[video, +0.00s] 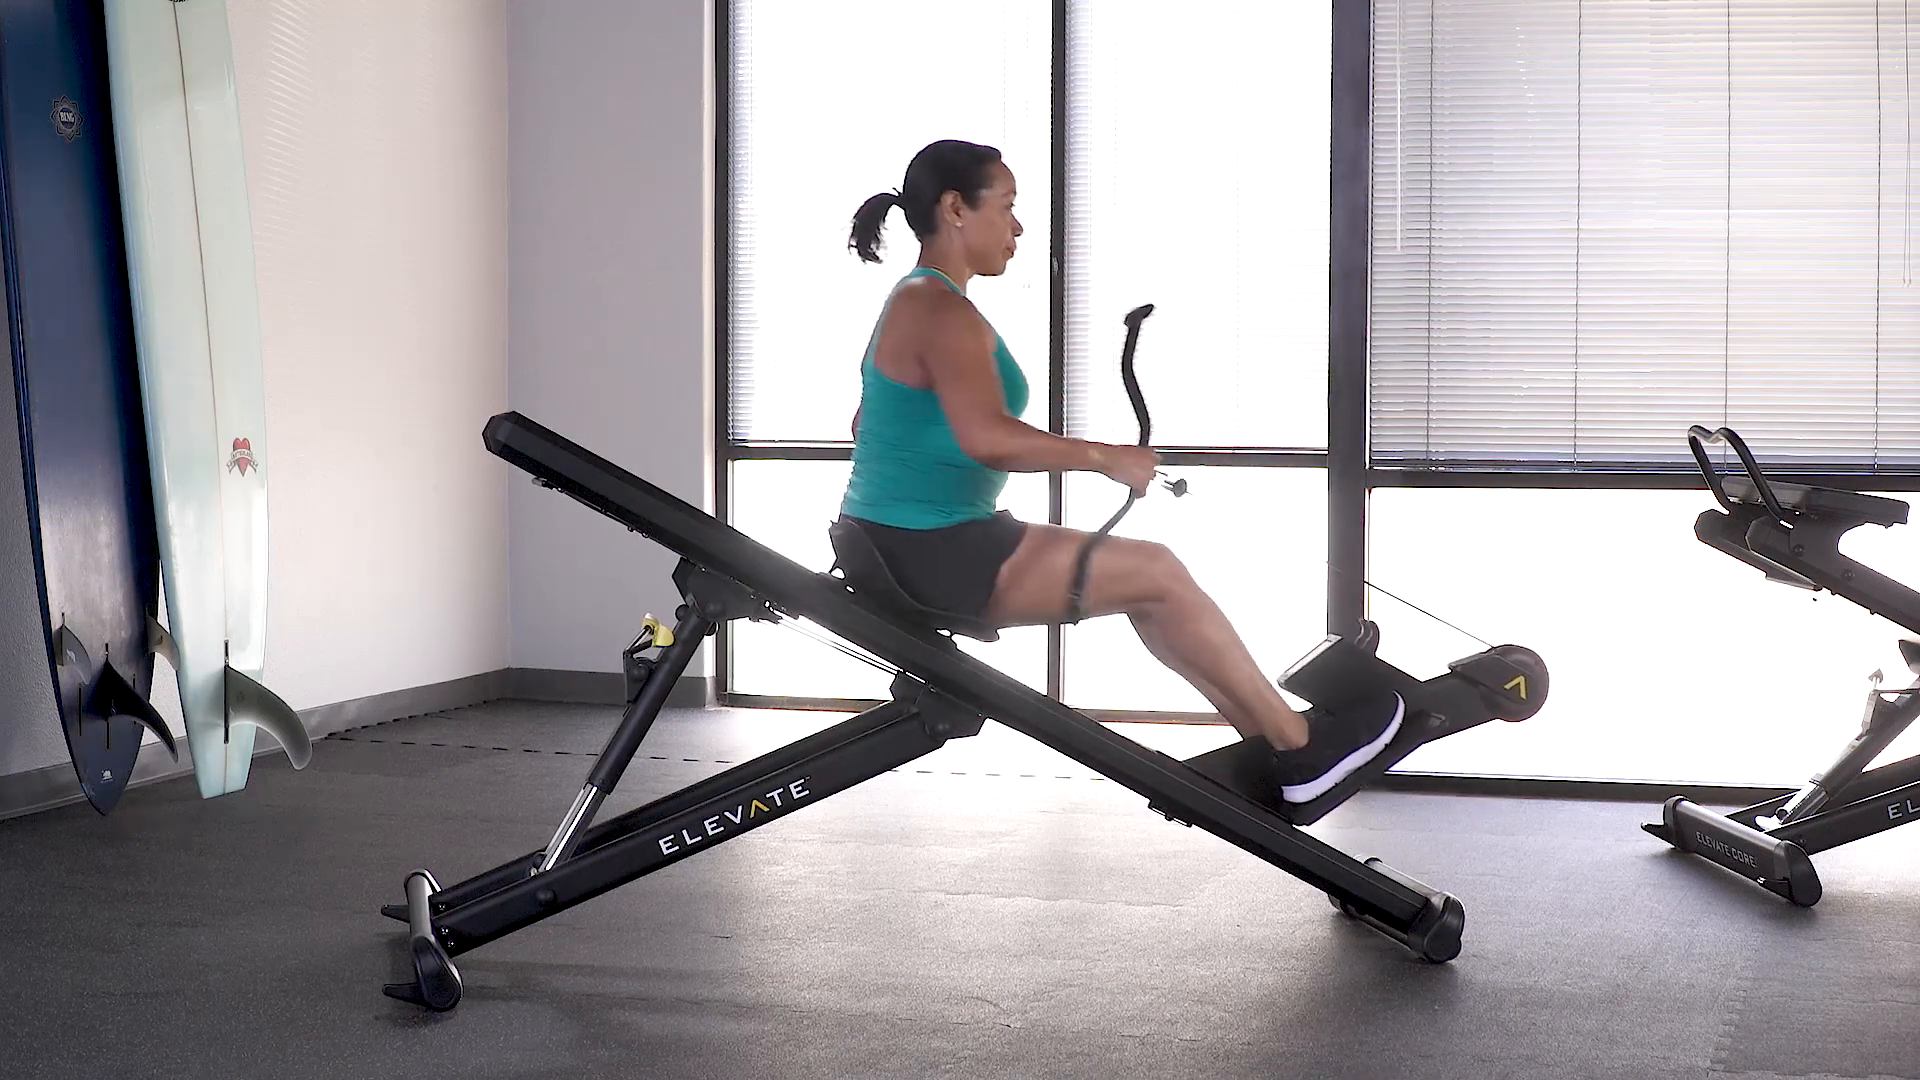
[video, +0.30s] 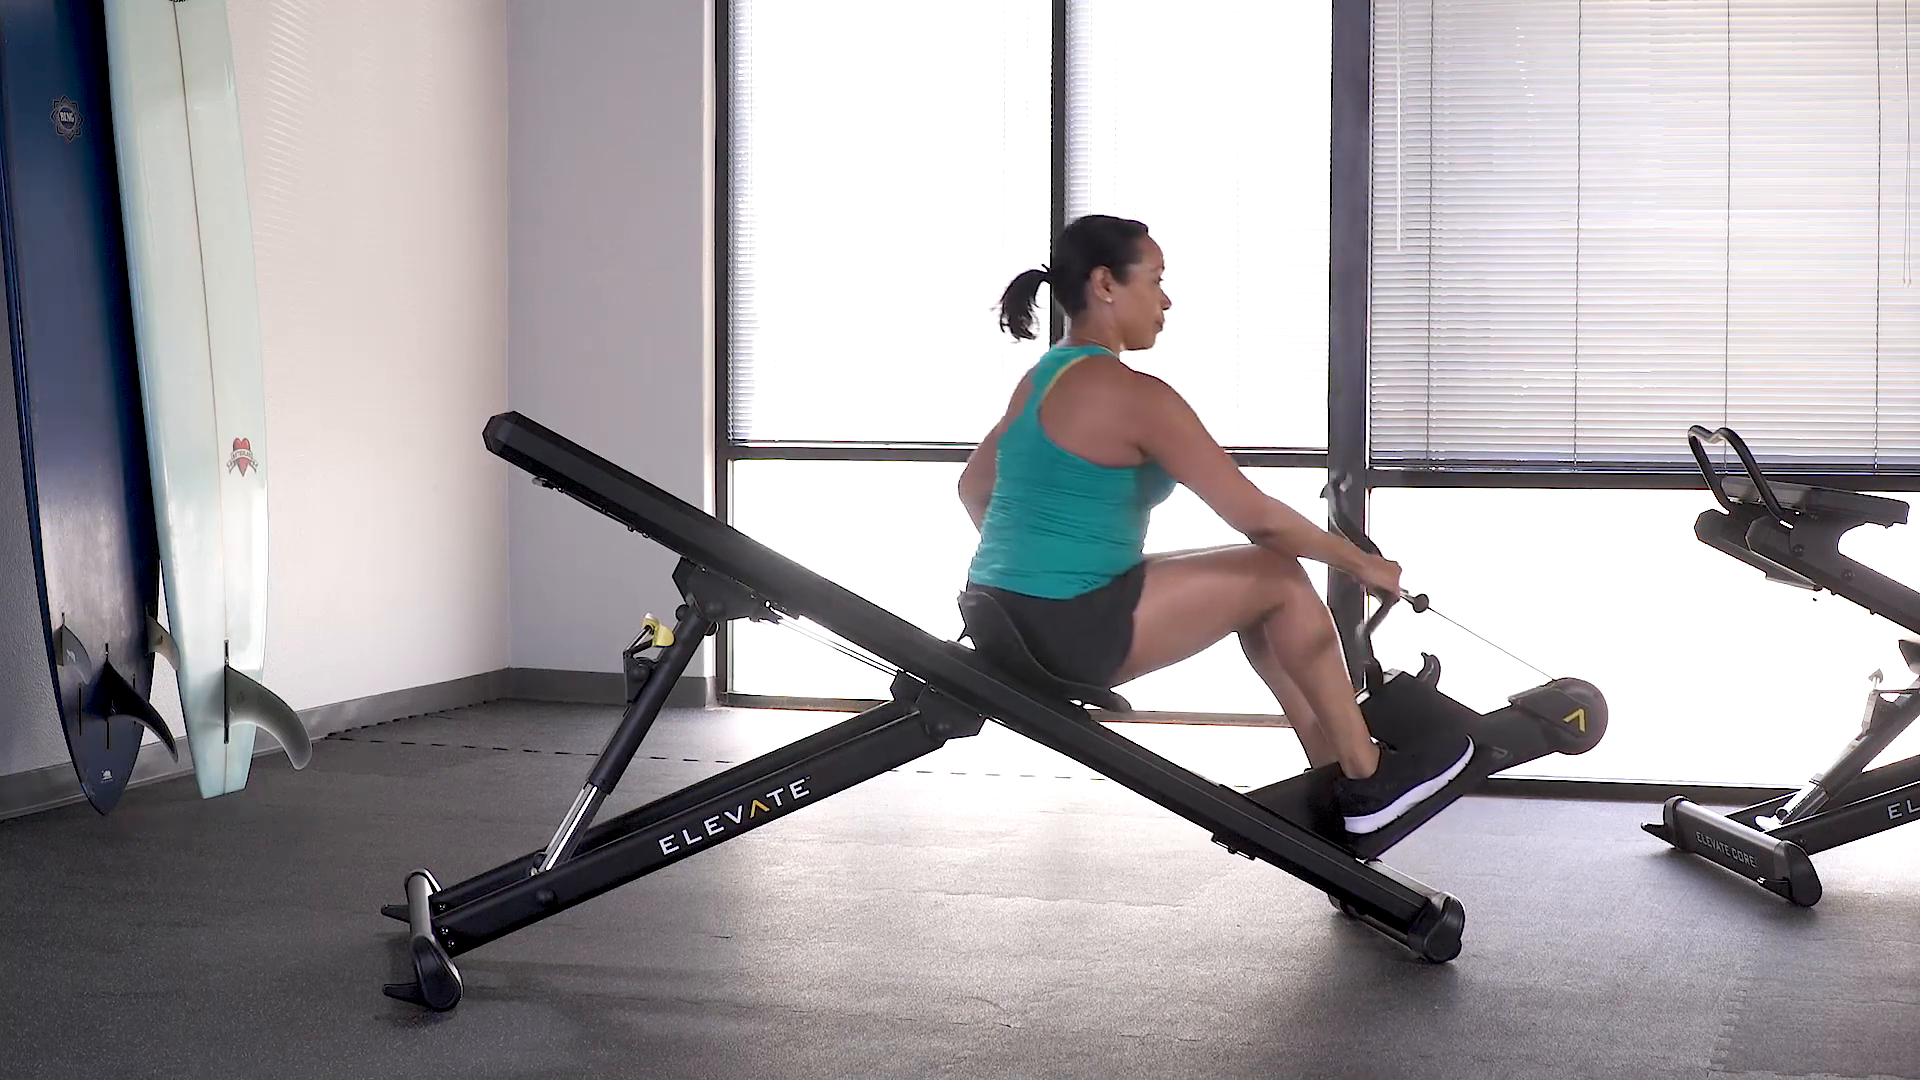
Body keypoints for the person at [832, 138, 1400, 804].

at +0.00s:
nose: (1018, 223)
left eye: (1014, 205)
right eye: (1007, 205)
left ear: (953, 213)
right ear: (954, 210)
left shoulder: (915, 303)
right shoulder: (942, 311)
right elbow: (984, 435)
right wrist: (1102, 458)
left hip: (901, 542)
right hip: (922, 549)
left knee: (1145, 581)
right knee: (1156, 571)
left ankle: (1269, 732)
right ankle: (1297, 744)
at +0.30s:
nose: (1167, 299)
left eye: (1163, 281)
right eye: (1156, 281)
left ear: (1097, 288)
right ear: (1104, 286)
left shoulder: (1040, 380)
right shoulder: (1140, 398)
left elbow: (974, 486)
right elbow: (1258, 520)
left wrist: (1028, 562)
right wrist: (1360, 561)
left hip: (997, 612)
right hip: (1071, 625)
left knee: (1252, 571)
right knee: (1281, 578)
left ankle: (1326, 757)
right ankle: (1367, 772)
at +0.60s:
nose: (1259, 343)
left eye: (1255, 326)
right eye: (1247, 326)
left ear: (1190, 338)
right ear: (1198, 335)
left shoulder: (1122, 424)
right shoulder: (1254, 446)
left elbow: (1043, 520)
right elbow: (1380, 549)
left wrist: (1086, 594)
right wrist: (1480, 620)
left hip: (1069, 647)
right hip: (1140, 665)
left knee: (1316, 574)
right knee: (1345, 583)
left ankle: (1361, 771)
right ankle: (1400, 792)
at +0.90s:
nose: (1218, 317)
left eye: (1211, 299)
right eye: (1205, 301)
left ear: (1149, 318)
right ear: (1155, 315)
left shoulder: (1088, 404)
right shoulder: (1213, 428)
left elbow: (1017, 504)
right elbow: (1334, 532)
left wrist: (1066, 582)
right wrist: (1442, 603)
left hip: (1036, 629)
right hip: (1110, 643)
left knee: (1290, 579)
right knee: (1320, 583)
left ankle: (1346, 760)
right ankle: (1393, 788)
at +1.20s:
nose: (1047, 234)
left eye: (1042, 216)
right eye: (1033, 216)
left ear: (979, 227)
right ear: (981, 224)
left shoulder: (935, 314)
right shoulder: (996, 324)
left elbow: (897, 448)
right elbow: (1078, 456)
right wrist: (1191, 500)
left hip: (906, 558)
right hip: (952, 564)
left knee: (1162, 590)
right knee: (1172, 582)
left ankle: (1292, 742)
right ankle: (1319, 754)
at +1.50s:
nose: (930, 178)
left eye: (928, 161)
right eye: (919, 159)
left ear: (869, 165)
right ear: (864, 162)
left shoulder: (852, 253)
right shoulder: (823, 252)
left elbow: (810, 361)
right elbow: (773, 361)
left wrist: (916, 379)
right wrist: (904, 382)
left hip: (851, 491)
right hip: (830, 499)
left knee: (1052, 588)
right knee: (1051, 592)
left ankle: (1225, 716)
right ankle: (1232, 721)